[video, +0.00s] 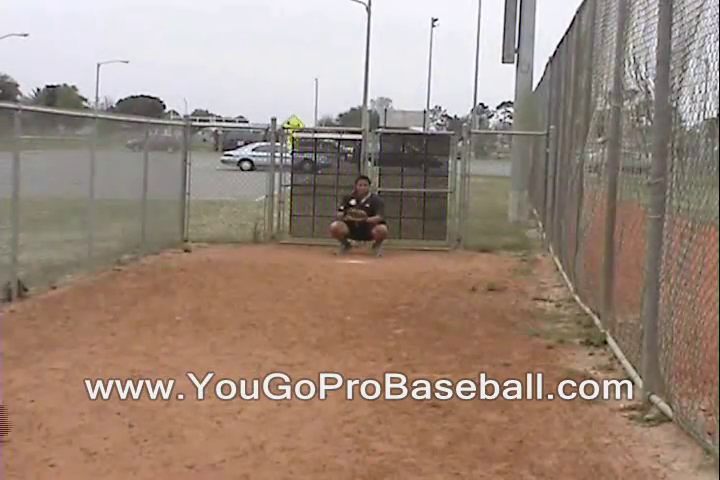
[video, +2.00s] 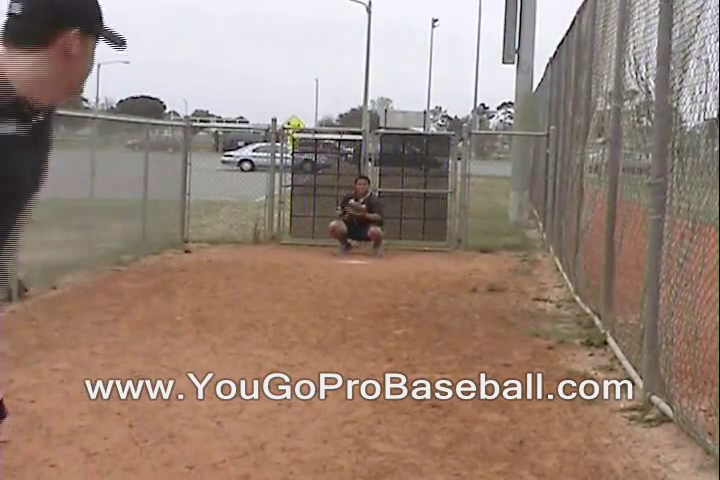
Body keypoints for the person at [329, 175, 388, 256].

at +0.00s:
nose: (362, 188)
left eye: (365, 185)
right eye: (360, 185)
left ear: (369, 187)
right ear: (355, 187)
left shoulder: (376, 200)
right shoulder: (348, 199)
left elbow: (380, 217)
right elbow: (339, 214)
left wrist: (365, 219)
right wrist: (347, 217)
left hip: (367, 227)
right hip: (351, 227)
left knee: (381, 229)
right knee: (335, 227)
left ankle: (376, 246)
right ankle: (345, 244)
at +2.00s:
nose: (361, 187)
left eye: (364, 184)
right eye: (359, 184)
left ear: (368, 187)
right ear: (355, 186)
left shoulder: (373, 200)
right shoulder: (348, 198)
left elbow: (379, 217)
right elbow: (339, 213)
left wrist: (363, 215)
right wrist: (346, 215)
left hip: (366, 227)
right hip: (351, 226)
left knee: (376, 231)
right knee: (334, 226)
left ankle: (377, 245)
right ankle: (346, 245)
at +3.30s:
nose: (356, 193)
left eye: (358, 190)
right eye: (354, 190)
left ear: (363, 191)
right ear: (351, 191)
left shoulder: (368, 200)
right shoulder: (346, 201)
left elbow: (371, 210)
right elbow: (333, 212)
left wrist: (367, 222)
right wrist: (349, 215)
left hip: (366, 228)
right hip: (351, 228)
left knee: (380, 226)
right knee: (335, 224)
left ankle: (379, 246)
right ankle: (346, 245)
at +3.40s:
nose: (356, 193)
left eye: (358, 190)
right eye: (354, 190)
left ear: (362, 192)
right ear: (350, 192)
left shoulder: (369, 201)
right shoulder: (346, 201)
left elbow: (371, 215)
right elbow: (334, 212)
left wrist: (367, 230)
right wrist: (348, 215)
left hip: (366, 228)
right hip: (352, 228)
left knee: (381, 226)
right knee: (335, 224)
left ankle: (380, 246)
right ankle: (346, 245)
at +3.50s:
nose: (355, 192)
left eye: (358, 190)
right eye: (353, 190)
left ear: (362, 191)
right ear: (350, 191)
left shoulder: (369, 202)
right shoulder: (346, 201)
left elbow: (369, 222)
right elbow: (333, 212)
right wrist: (347, 213)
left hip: (366, 227)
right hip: (352, 227)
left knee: (382, 225)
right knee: (336, 223)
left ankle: (382, 246)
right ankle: (346, 246)